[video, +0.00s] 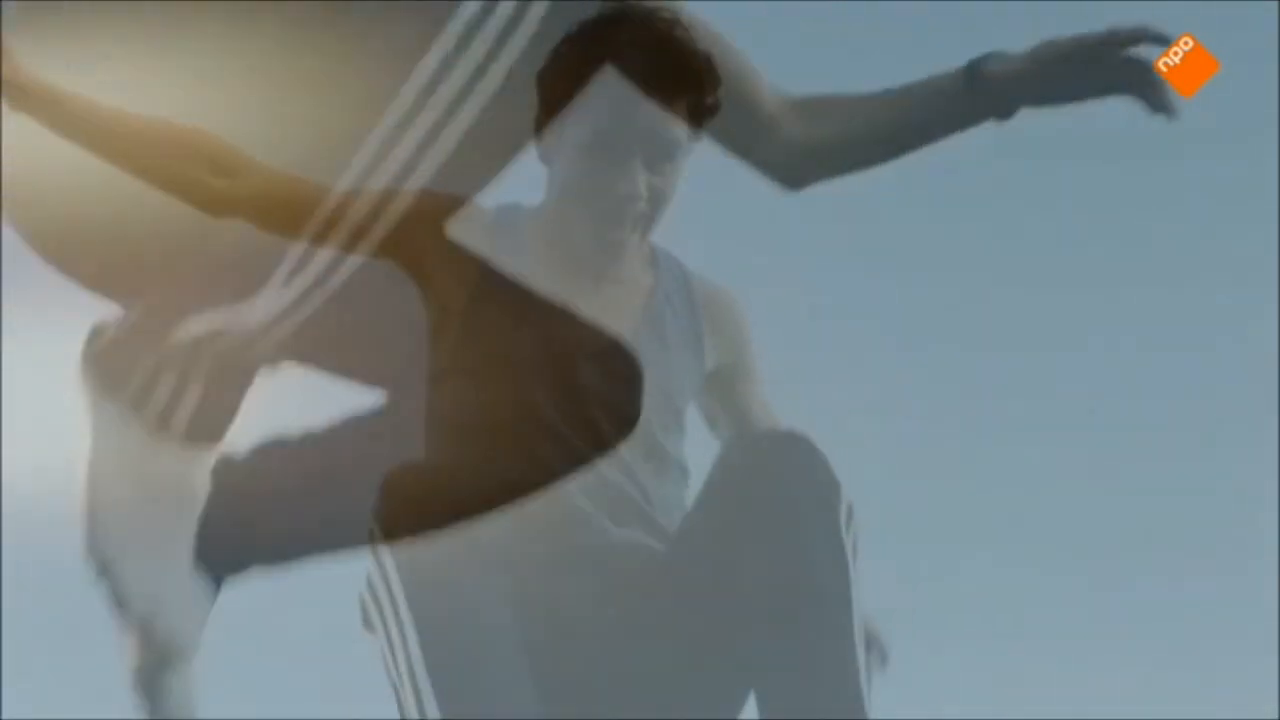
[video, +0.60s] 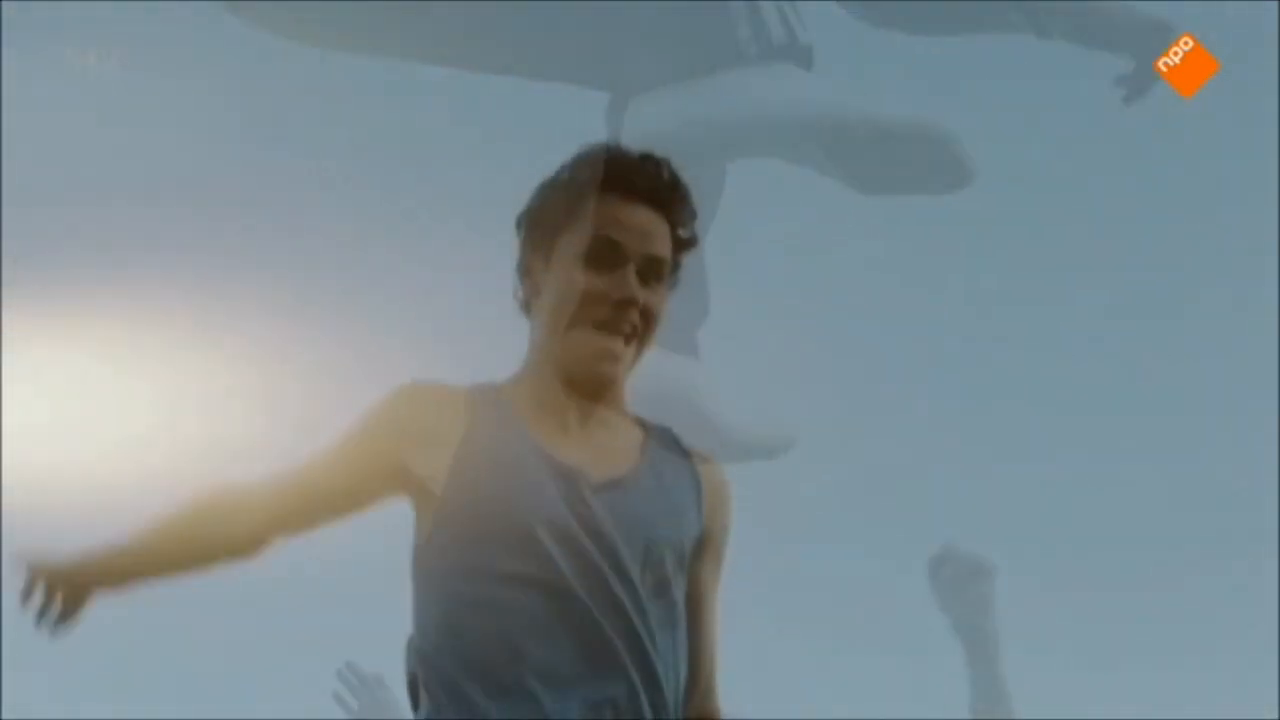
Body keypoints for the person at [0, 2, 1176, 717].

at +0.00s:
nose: (647, 177)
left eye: (665, 157)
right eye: (628, 147)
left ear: (689, 163)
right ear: (566, 130)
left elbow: (806, 143)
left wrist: (1016, 79)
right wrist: (232, 320)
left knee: (589, 381)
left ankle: (192, 541)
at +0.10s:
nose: (621, 191)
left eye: (649, 166)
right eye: (598, 155)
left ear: (681, 169)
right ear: (552, 139)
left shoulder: (702, 335)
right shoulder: (455, 227)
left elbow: (754, 505)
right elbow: (221, 214)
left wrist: (800, 624)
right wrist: (23, 127)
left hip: (656, 634)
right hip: (504, 632)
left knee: (801, 514)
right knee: (441, 527)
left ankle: (805, 714)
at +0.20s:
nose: (637, 196)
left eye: (661, 173)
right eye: (612, 163)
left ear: (680, 185)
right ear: (542, 150)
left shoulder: (698, 359)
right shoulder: (450, 283)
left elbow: (738, 566)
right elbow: (249, 270)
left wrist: (790, 680)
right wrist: (64, 220)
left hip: (659, 656)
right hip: (506, 656)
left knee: (819, 588)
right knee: (437, 614)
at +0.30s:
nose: (628, 210)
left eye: (657, 187)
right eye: (604, 174)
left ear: (679, 203)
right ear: (537, 168)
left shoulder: (700, 374)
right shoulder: (455, 312)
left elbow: (724, 592)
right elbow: (255, 313)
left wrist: (776, 696)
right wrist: (71, 277)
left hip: (661, 678)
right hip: (510, 667)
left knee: (844, 645)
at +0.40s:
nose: (635, 234)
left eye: (659, 214)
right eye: (608, 199)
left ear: (675, 235)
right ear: (539, 203)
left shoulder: (698, 412)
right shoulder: (445, 350)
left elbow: (711, 634)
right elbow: (253, 382)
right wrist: (70, 366)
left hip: (648, 702)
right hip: (484, 695)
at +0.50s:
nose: (634, 254)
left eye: (656, 234)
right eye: (606, 221)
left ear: (674, 256)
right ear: (534, 235)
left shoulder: (698, 439)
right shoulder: (442, 379)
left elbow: (705, 666)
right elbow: (256, 432)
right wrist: (69, 453)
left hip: (640, 709)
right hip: (482, 704)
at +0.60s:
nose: (633, 292)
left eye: (656, 274)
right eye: (605, 260)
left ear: (670, 301)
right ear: (533, 275)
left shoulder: (696, 488)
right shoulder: (439, 423)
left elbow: (699, 698)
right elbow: (258, 515)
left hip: (628, 716)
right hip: (477, 711)